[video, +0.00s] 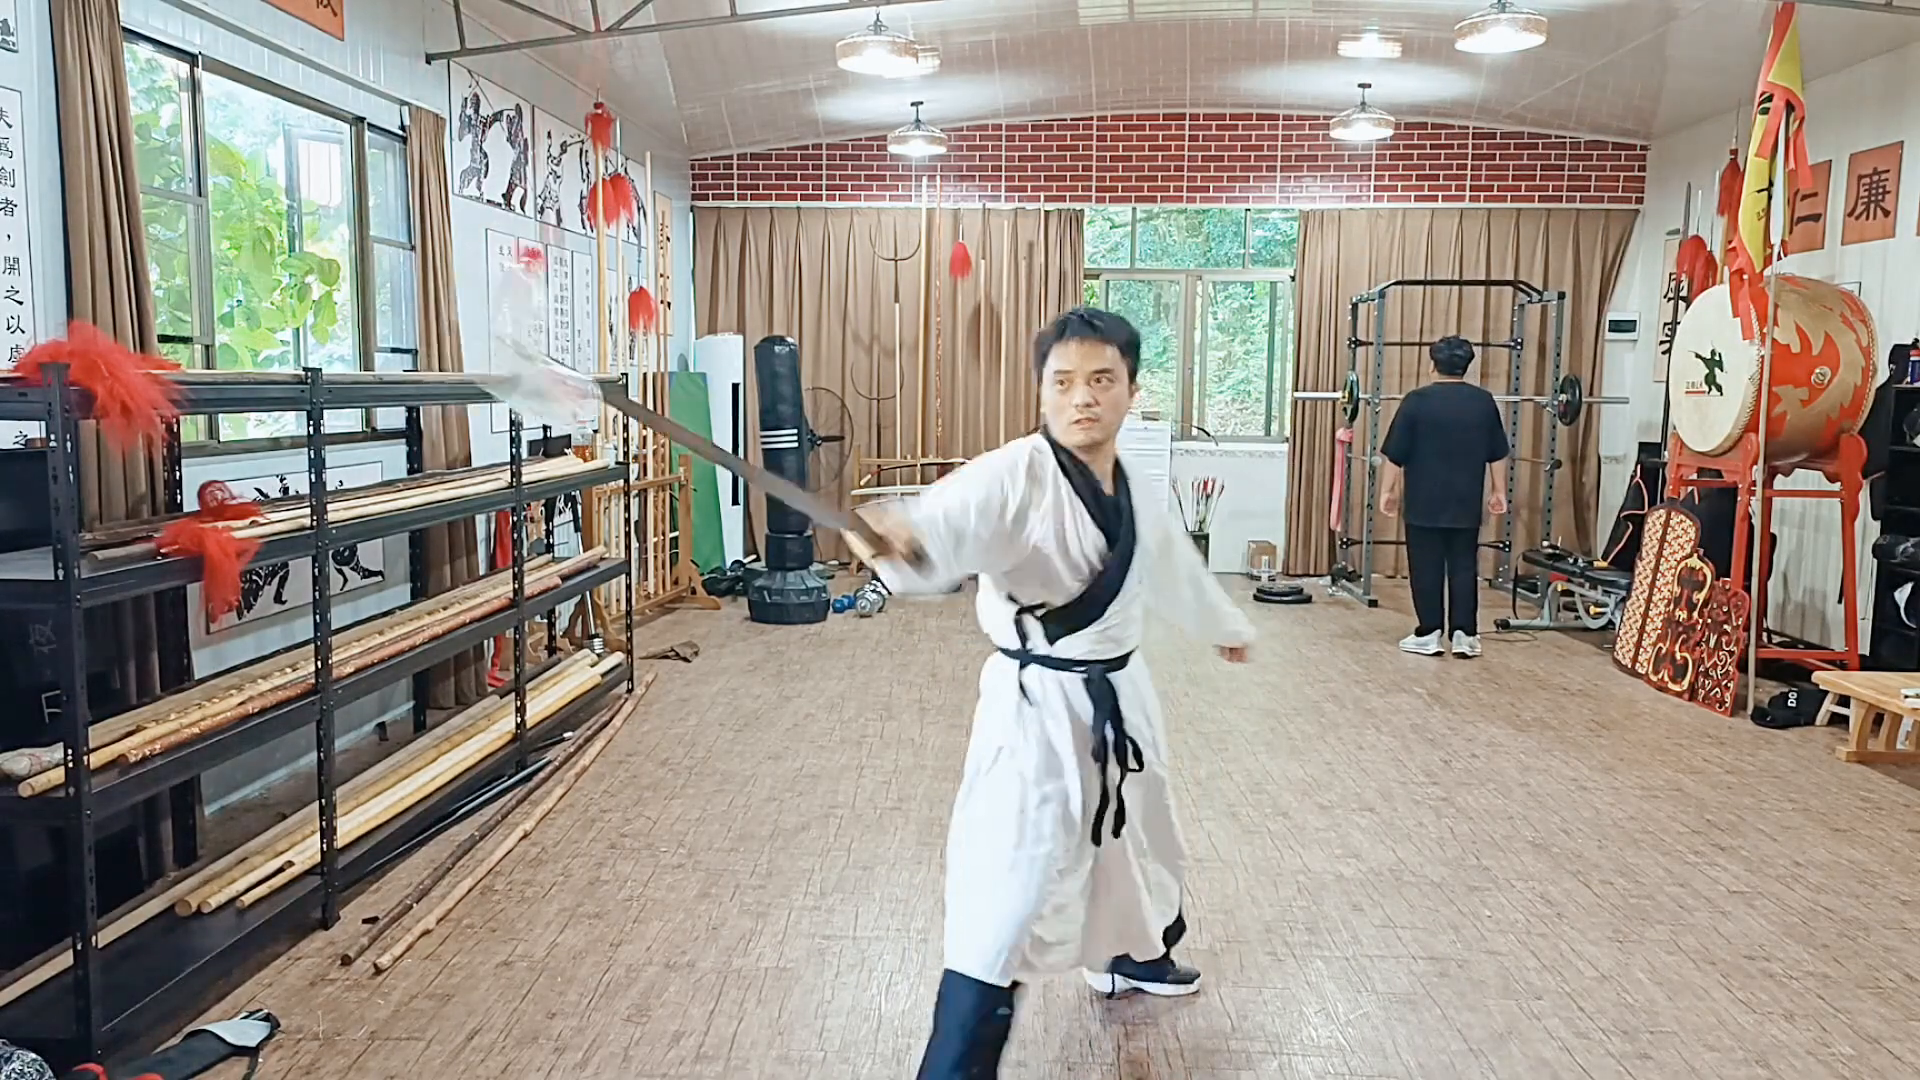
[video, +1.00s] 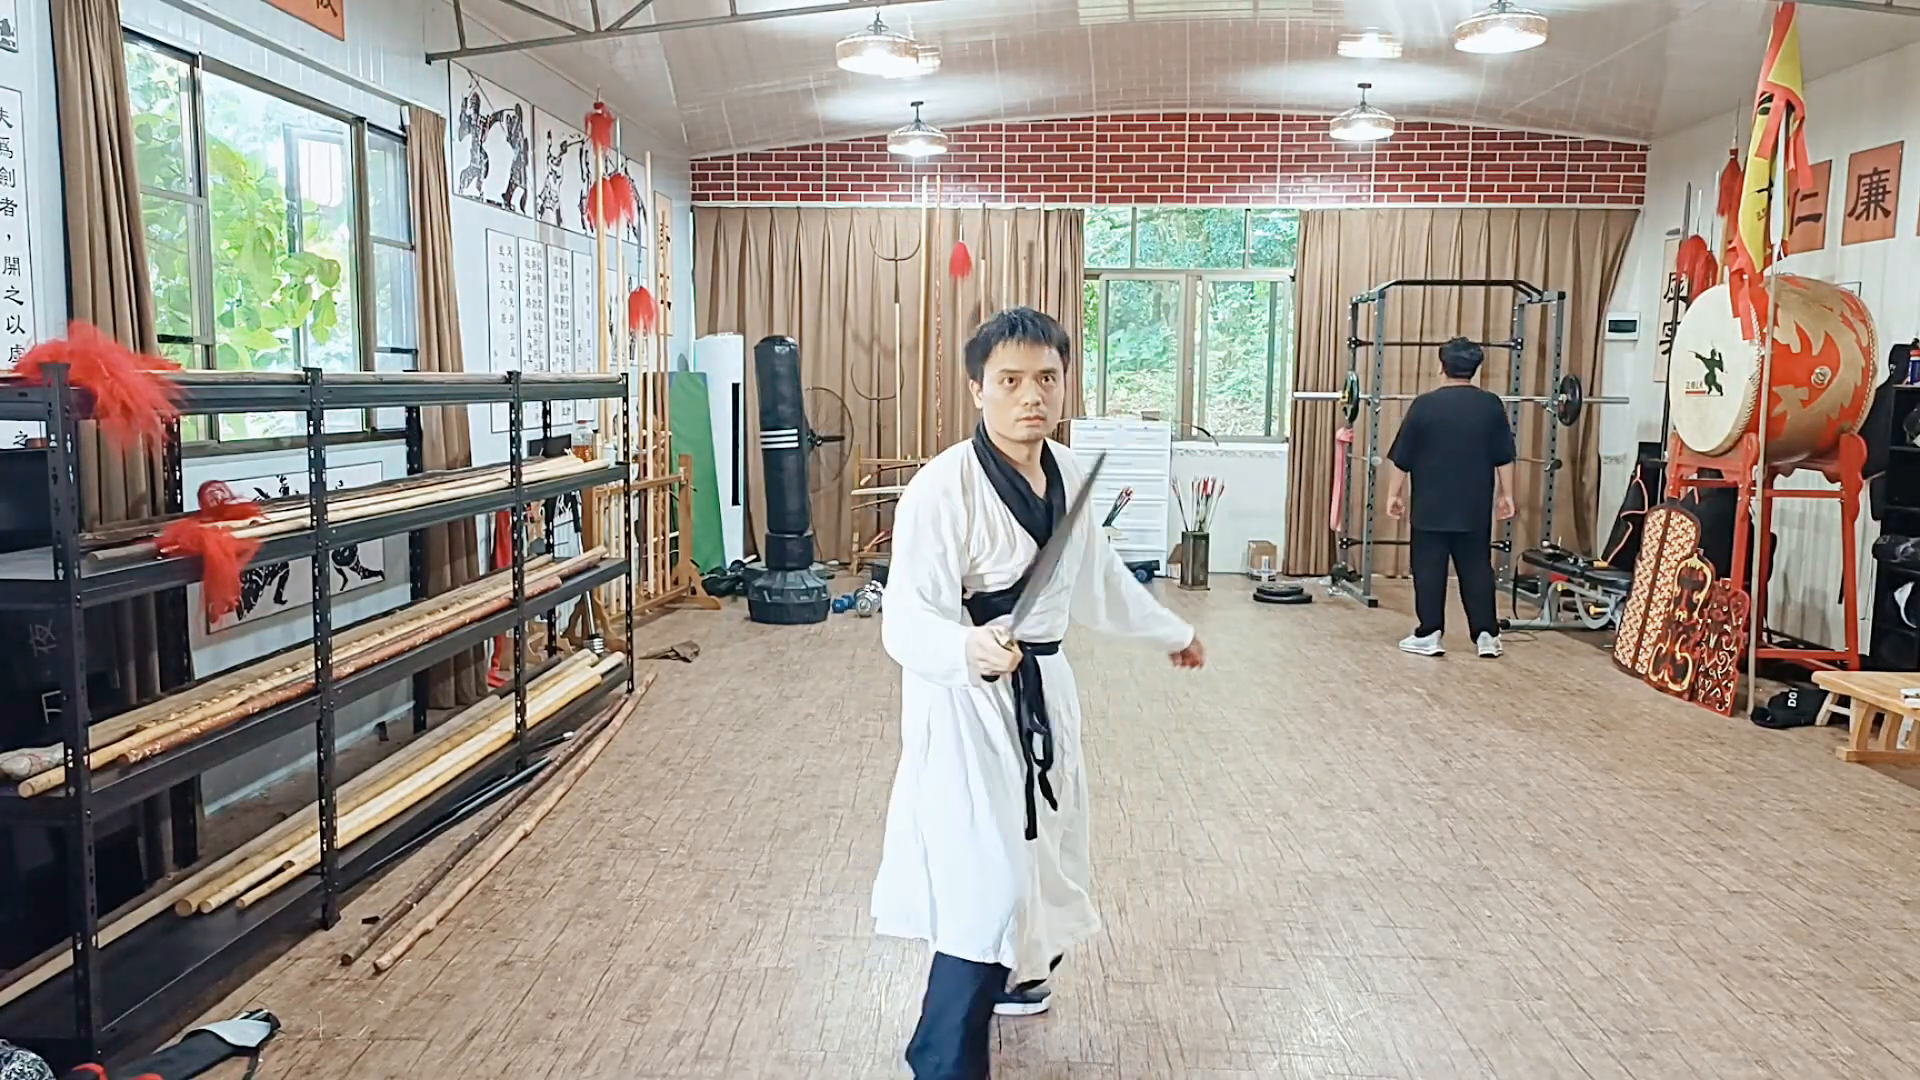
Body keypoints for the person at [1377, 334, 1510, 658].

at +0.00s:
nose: (1429, 365)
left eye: (1432, 361)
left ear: (1434, 365)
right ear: (1466, 367)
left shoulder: (1417, 400)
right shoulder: (1482, 400)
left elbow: (1395, 453)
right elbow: (1497, 452)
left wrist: (1387, 489)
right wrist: (1499, 490)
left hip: (1423, 504)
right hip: (1466, 505)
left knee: (1425, 568)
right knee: (1464, 567)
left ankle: (1428, 634)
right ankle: (1464, 635)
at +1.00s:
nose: (1438, 368)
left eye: (1440, 364)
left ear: (1442, 368)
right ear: (1475, 369)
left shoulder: (1425, 404)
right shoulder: (1490, 405)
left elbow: (1402, 456)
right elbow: (1503, 456)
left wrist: (1394, 493)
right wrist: (1507, 494)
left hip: (1430, 508)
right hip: (1474, 508)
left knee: (1429, 571)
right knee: (1476, 570)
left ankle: (1429, 634)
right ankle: (1486, 635)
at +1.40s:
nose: (1460, 367)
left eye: (1461, 363)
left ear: (1464, 368)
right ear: (1499, 369)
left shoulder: (1446, 405)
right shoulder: (1512, 405)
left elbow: (1426, 457)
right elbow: (1521, 460)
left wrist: (1416, 492)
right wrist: (1517, 497)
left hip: (1448, 506)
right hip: (1492, 507)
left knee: (1441, 571)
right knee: (1489, 572)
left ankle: (1429, 635)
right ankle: (1487, 637)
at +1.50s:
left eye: (1469, 365)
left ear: (1470, 368)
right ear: (1505, 369)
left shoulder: (1451, 406)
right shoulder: (1518, 407)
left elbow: (1429, 458)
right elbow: (1527, 460)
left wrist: (1419, 492)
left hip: (1452, 509)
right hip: (1496, 512)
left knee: (1443, 571)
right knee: (1493, 574)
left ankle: (1430, 634)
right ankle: (1488, 637)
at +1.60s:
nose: (1471, 372)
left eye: (1472, 368)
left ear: (1474, 370)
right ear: (1510, 371)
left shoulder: (1455, 407)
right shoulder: (1523, 410)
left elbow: (1434, 460)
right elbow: (1534, 466)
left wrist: (1422, 493)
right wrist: (1528, 498)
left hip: (1456, 508)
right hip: (1503, 511)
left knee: (1441, 568)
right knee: (1495, 573)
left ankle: (1430, 629)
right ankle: (1488, 636)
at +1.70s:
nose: (1474, 369)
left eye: (1476, 365)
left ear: (1479, 370)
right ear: (1512, 371)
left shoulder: (1461, 407)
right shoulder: (1528, 408)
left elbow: (1441, 459)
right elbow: (1538, 461)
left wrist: (1429, 492)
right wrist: (1534, 498)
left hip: (1460, 502)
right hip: (1506, 507)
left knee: (1440, 560)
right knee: (1500, 570)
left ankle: (1433, 619)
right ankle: (1488, 635)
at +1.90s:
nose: (1477, 369)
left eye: (1479, 365)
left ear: (1482, 369)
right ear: (1515, 370)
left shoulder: (1466, 405)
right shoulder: (1530, 408)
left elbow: (1446, 459)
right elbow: (1541, 460)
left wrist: (1435, 495)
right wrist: (1538, 498)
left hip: (1463, 502)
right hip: (1509, 507)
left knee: (1444, 562)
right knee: (1501, 571)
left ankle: (1426, 624)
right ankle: (1489, 636)